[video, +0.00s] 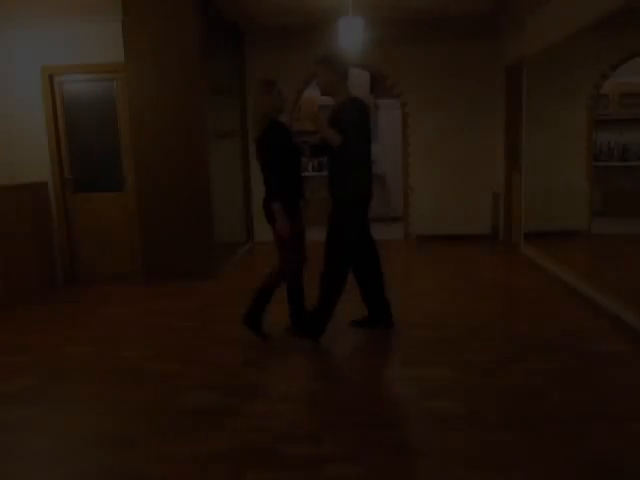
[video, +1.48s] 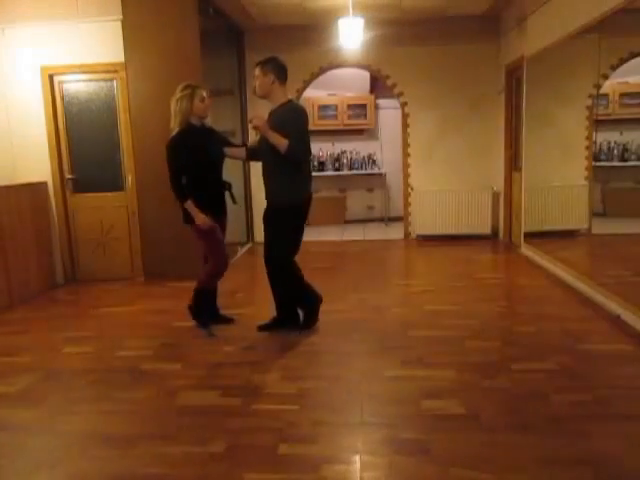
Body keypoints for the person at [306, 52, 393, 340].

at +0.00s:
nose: (319, 84)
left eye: (322, 77)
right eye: (319, 78)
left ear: (334, 76)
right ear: (337, 77)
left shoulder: (352, 108)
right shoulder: (339, 109)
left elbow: (353, 152)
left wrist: (328, 132)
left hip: (351, 193)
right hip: (346, 192)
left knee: (337, 254)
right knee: (362, 251)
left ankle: (318, 320)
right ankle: (379, 311)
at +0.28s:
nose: (299, 79)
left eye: (302, 73)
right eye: (299, 74)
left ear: (316, 74)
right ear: (316, 74)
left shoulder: (328, 108)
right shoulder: (322, 107)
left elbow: (315, 150)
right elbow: (312, 150)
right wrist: (283, 151)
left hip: (322, 196)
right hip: (321, 194)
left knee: (314, 261)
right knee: (333, 252)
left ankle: (309, 329)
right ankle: (370, 304)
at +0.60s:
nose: (278, 78)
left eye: (282, 72)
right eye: (279, 72)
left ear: (297, 73)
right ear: (298, 74)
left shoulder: (309, 108)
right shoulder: (304, 106)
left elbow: (293, 151)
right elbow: (291, 147)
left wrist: (258, 152)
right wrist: (258, 151)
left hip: (305, 196)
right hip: (302, 194)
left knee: (298, 257)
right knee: (300, 255)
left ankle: (306, 327)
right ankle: (316, 311)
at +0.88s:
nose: (264, 77)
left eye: (268, 71)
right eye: (264, 71)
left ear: (284, 72)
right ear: (282, 74)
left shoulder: (298, 106)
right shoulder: (285, 108)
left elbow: (292, 147)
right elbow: (277, 152)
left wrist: (266, 119)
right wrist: (242, 156)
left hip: (298, 197)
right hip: (286, 197)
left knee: (297, 260)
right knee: (279, 258)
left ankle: (305, 328)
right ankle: (285, 313)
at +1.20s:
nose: (258, 78)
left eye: (263, 72)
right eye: (258, 73)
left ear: (278, 74)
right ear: (273, 75)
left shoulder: (295, 109)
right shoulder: (274, 111)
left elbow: (297, 149)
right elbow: (263, 151)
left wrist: (267, 121)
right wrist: (228, 151)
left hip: (290, 194)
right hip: (274, 193)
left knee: (282, 259)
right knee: (273, 257)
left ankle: (302, 323)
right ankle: (283, 314)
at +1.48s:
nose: (254, 84)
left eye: (258, 78)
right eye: (255, 78)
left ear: (273, 79)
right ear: (273, 80)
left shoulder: (294, 112)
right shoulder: (273, 115)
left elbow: (298, 153)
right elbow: (257, 152)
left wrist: (266, 130)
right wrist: (221, 147)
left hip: (294, 198)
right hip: (278, 198)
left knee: (280, 257)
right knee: (274, 258)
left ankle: (309, 300)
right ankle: (286, 313)